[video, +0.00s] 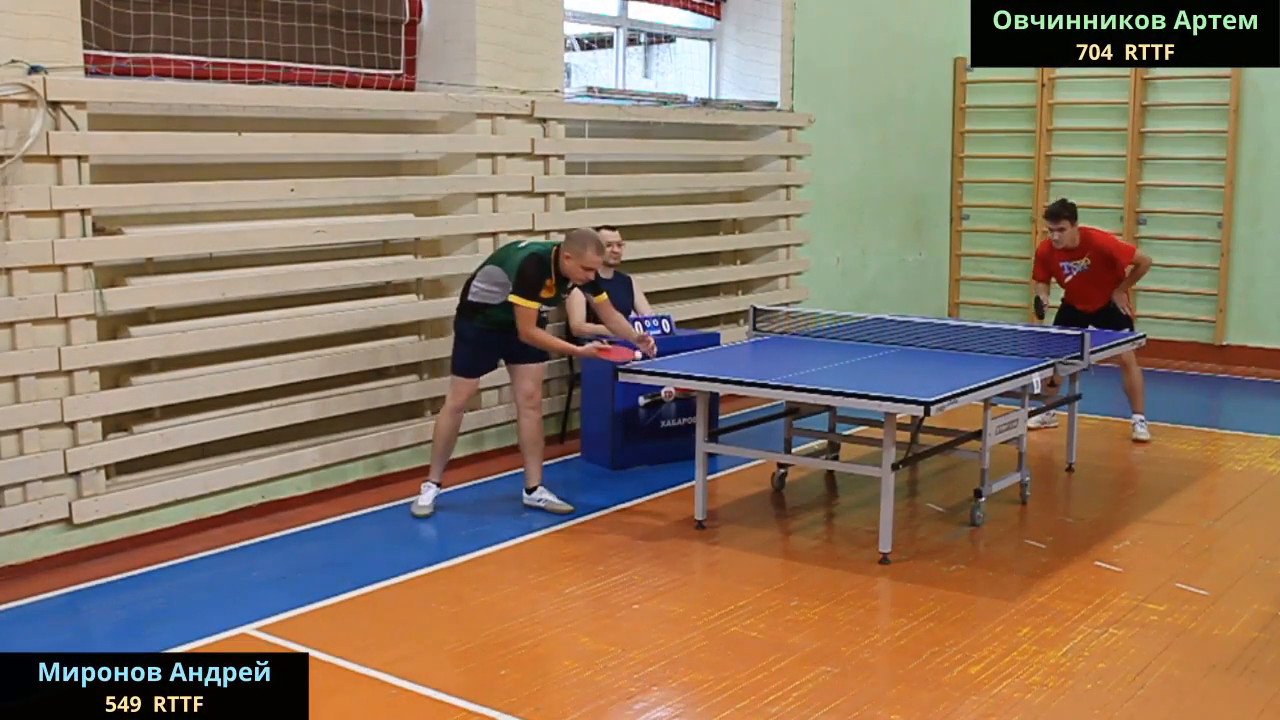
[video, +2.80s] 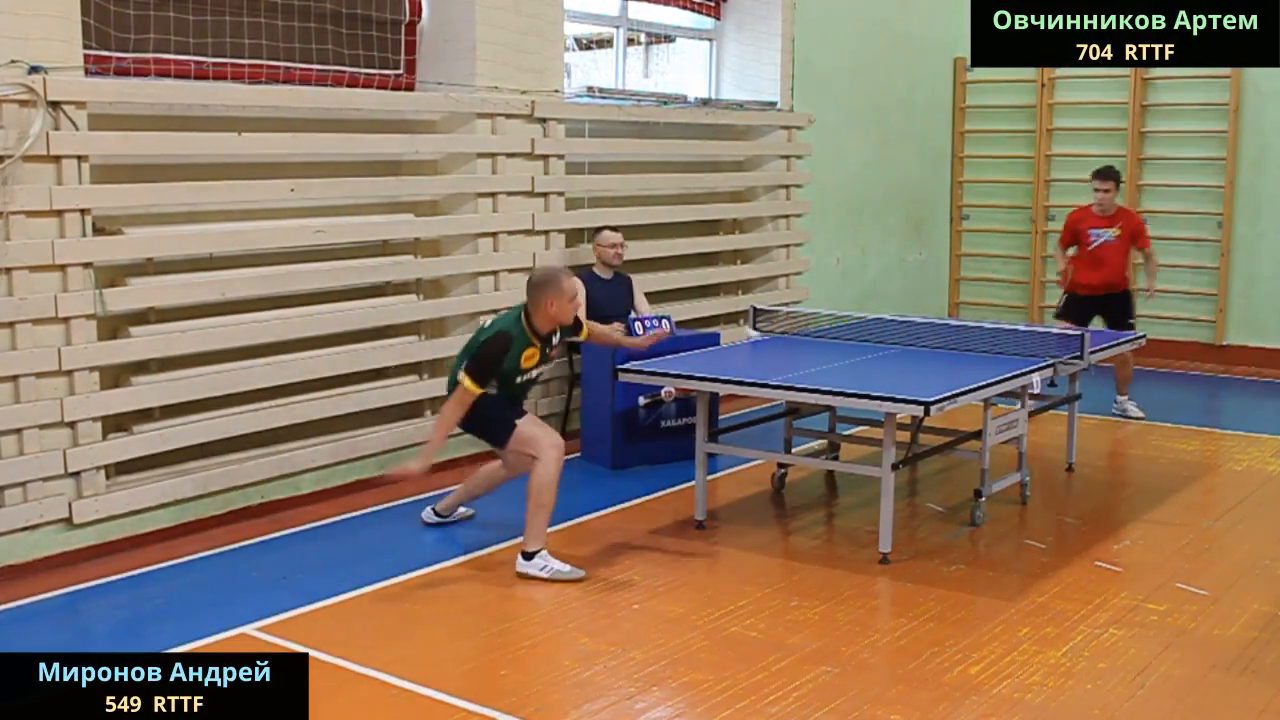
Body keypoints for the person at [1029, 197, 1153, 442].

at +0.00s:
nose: (1055, 236)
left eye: (1060, 230)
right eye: (1051, 231)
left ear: (1075, 227)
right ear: (1047, 228)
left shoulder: (1099, 242)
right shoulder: (1046, 251)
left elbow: (1144, 262)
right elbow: (1042, 281)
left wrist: (1121, 290)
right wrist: (1042, 296)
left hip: (1108, 306)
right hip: (1072, 307)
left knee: (1127, 358)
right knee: (1052, 357)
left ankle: (1139, 419)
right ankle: (1048, 412)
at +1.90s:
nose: (1069, 221)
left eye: (1074, 216)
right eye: (1066, 215)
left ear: (1090, 213)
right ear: (1063, 212)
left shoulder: (1110, 236)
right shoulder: (1056, 238)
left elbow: (1147, 262)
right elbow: (1020, 260)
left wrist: (1150, 297)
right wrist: (1016, 280)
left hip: (1114, 315)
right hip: (1073, 313)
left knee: (1136, 365)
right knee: (1036, 354)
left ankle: (1156, 419)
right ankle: (1018, 410)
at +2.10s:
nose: (1042, 242)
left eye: (1048, 237)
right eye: (1039, 236)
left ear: (1061, 232)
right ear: (1034, 228)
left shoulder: (1077, 244)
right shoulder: (1022, 240)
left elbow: (1111, 263)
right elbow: (982, 254)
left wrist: (1133, 296)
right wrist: (996, 272)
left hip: (1080, 314)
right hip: (1041, 314)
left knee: (1106, 360)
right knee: (1012, 357)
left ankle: (1141, 416)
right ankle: (1016, 412)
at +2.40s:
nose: (1046, 211)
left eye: (1053, 206)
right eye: (1043, 204)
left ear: (1065, 204)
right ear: (1038, 197)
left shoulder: (1075, 219)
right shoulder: (1025, 215)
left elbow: (1096, 245)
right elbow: (996, 233)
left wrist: (1111, 278)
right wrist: (1004, 243)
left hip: (1070, 292)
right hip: (1034, 294)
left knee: (1097, 348)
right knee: (1019, 349)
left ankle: (1119, 404)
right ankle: (1016, 407)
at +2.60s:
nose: (1069, 201)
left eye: (1076, 196)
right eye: (1066, 194)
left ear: (1086, 197)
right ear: (1061, 194)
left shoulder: (1095, 227)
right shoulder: (1041, 219)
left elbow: (1107, 262)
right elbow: (1014, 248)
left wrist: (1118, 290)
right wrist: (1026, 262)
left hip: (1081, 299)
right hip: (1045, 298)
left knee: (1104, 350)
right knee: (1025, 348)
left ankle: (1121, 398)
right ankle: (1015, 403)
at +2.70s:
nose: (1086, 202)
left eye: (1092, 197)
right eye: (1082, 196)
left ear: (1102, 198)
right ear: (1077, 196)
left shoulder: (1112, 229)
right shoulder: (1058, 223)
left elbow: (1125, 263)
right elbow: (1041, 251)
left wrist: (1131, 287)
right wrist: (1041, 272)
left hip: (1094, 302)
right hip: (1060, 302)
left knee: (1115, 352)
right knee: (1042, 353)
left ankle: (1120, 400)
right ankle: (1020, 398)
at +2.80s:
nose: (1100, 197)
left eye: (1105, 191)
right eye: (1096, 191)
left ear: (1117, 192)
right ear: (1091, 191)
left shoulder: (1130, 220)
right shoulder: (1077, 218)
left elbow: (1148, 253)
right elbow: (1061, 246)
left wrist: (1150, 280)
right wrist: (1062, 267)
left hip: (1116, 293)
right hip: (1080, 293)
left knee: (1124, 348)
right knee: (1058, 339)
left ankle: (1122, 399)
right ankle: (1038, 384)